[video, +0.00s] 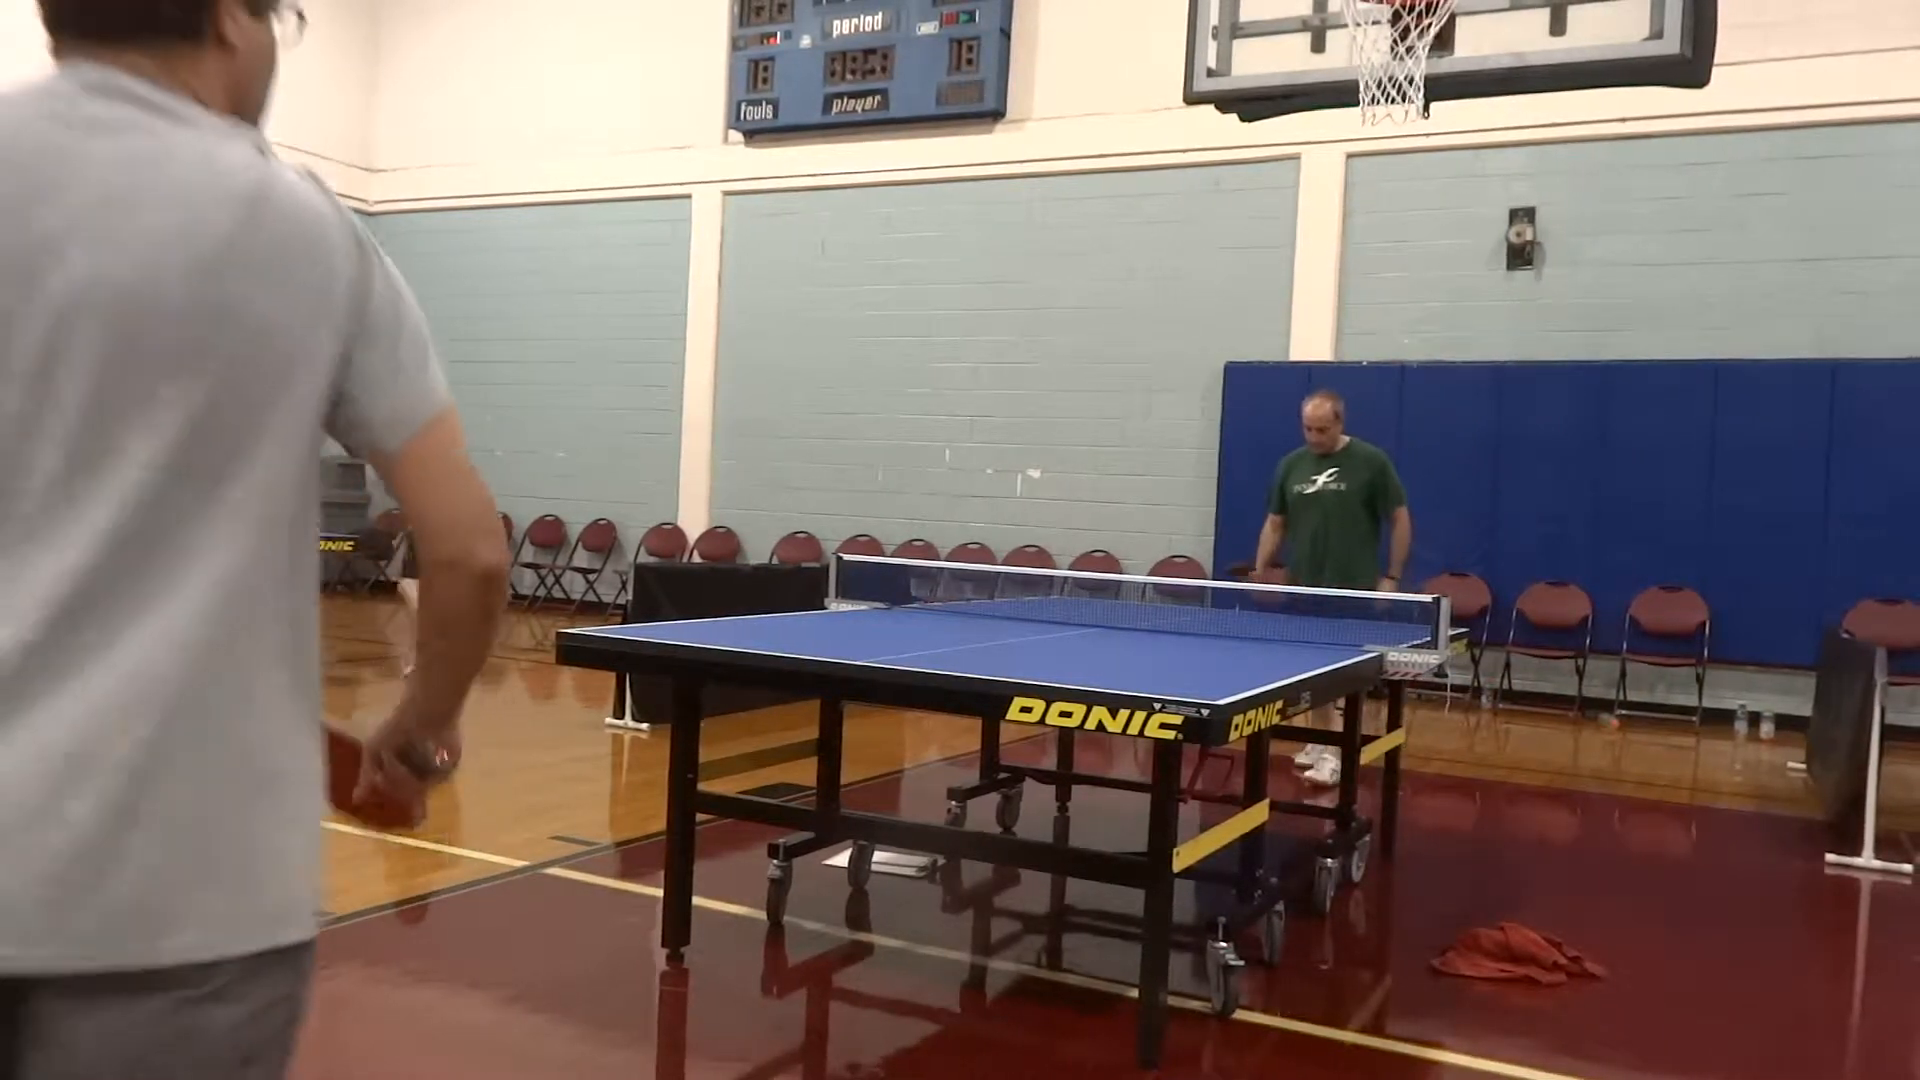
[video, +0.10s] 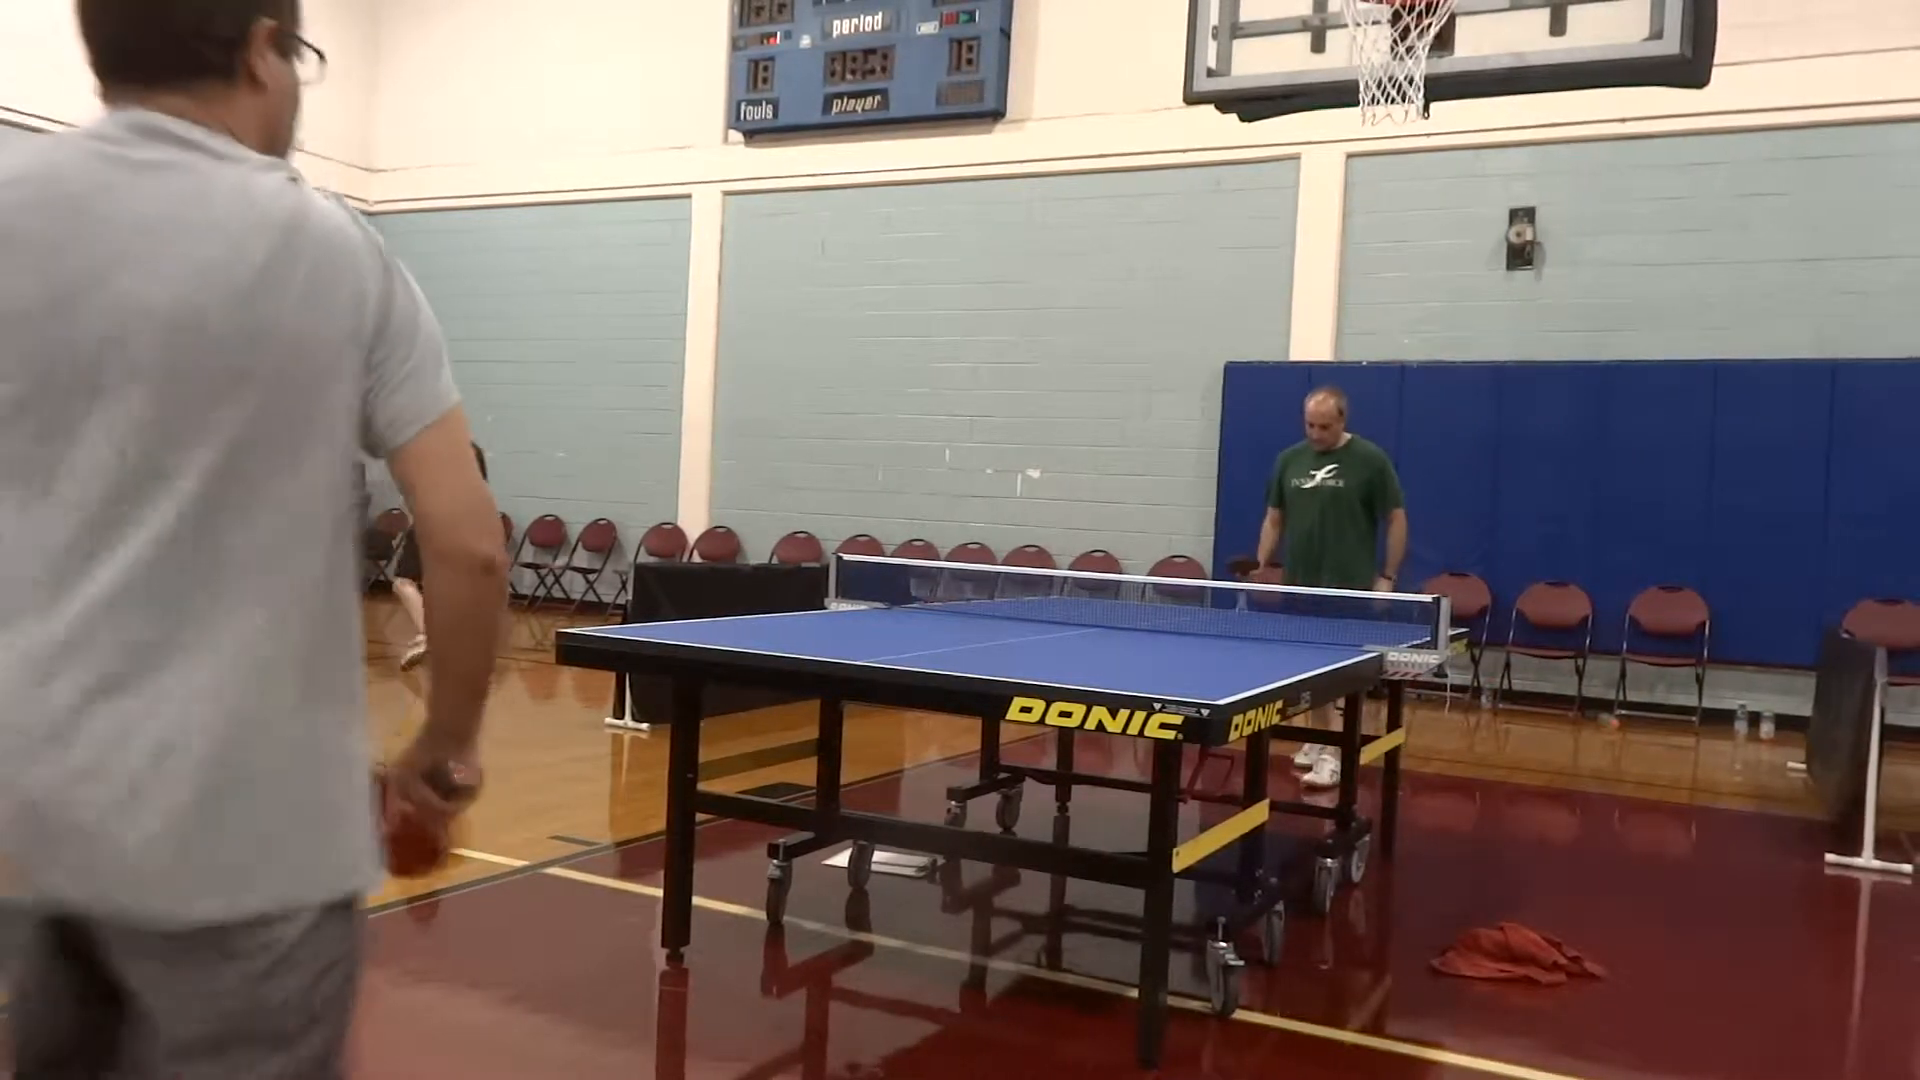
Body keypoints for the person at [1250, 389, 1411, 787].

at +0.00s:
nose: (1312, 437)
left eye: (1320, 430)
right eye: (1307, 429)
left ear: (1340, 425)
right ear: (1301, 425)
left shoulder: (1372, 462)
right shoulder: (1291, 465)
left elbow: (1399, 518)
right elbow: (1275, 523)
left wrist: (1392, 576)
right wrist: (1259, 570)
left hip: (1356, 592)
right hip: (1306, 589)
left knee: (1346, 676)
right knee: (1314, 673)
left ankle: (1338, 754)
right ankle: (1318, 743)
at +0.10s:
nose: (1314, 433)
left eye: (1322, 426)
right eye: (1309, 425)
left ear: (1342, 422)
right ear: (1303, 420)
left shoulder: (1371, 460)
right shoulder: (1289, 460)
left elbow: (1396, 518)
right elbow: (1274, 517)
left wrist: (1387, 576)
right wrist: (1261, 566)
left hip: (1352, 589)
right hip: (1301, 585)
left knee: (1343, 673)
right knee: (1310, 669)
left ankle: (1336, 752)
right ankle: (1318, 739)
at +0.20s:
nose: (1317, 430)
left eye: (1326, 423)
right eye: (1312, 421)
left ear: (1345, 418)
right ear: (1306, 416)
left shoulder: (1371, 458)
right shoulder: (1289, 456)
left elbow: (1394, 519)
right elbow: (1271, 517)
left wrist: (1382, 577)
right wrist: (1261, 569)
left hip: (1348, 592)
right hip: (1298, 588)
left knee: (1341, 677)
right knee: (1307, 671)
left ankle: (1335, 754)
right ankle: (1315, 740)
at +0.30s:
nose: (1317, 429)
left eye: (1326, 422)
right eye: (1312, 420)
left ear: (1345, 418)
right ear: (1306, 416)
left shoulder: (1370, 459)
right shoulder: (1288, 457)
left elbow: (1394, 523)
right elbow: (1269, 518)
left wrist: (1375, 577)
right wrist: (1256, 574)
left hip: (1345, 591)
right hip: (1294, 588)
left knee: (1341, 675)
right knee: (1305, 669)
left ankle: (1334, 753)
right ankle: (1314, 737)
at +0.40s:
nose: (1315, 428)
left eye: (1324, 422)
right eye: (1310, 420)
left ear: (1343, 418)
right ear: (1303, 414)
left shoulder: (1368, 460)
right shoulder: (1283, 456)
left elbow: (1391, 525)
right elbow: (1264, 516)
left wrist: (1365, 571)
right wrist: (1249, 573)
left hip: (1338, 591)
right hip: (1287, 585)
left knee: (1337, 675)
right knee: (1291, 667)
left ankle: (1331, 752)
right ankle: (1299, 734)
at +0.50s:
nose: (1309, 426)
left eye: (1318, 420)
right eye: (1304, 417)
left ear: (1337, 418)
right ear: (1297, 412)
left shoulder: (1362, 461)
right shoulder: (1277, 454)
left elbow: (1384, 525)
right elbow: (1256, 514)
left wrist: (1346, 564)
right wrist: (1240, 570)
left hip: (1333, 591)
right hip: (1280, 587)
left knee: (1333, 676)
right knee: (1277, 667)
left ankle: (1329, 754)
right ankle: (1276, 739)